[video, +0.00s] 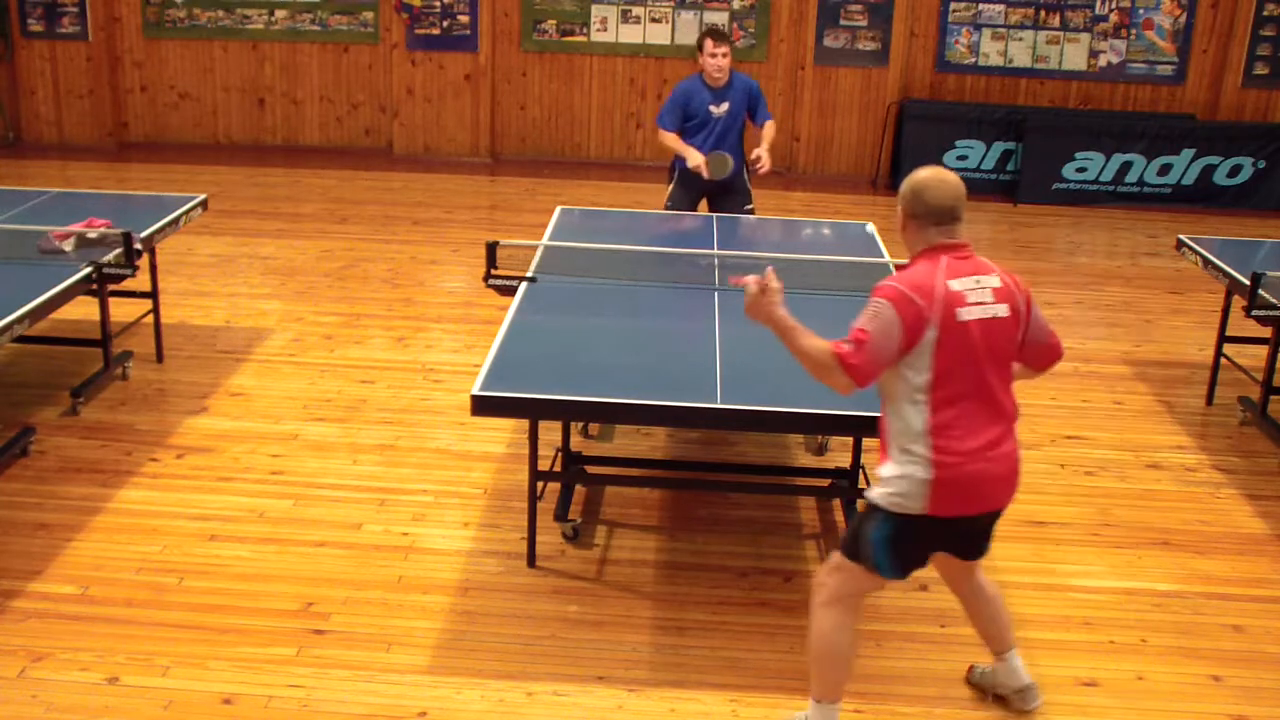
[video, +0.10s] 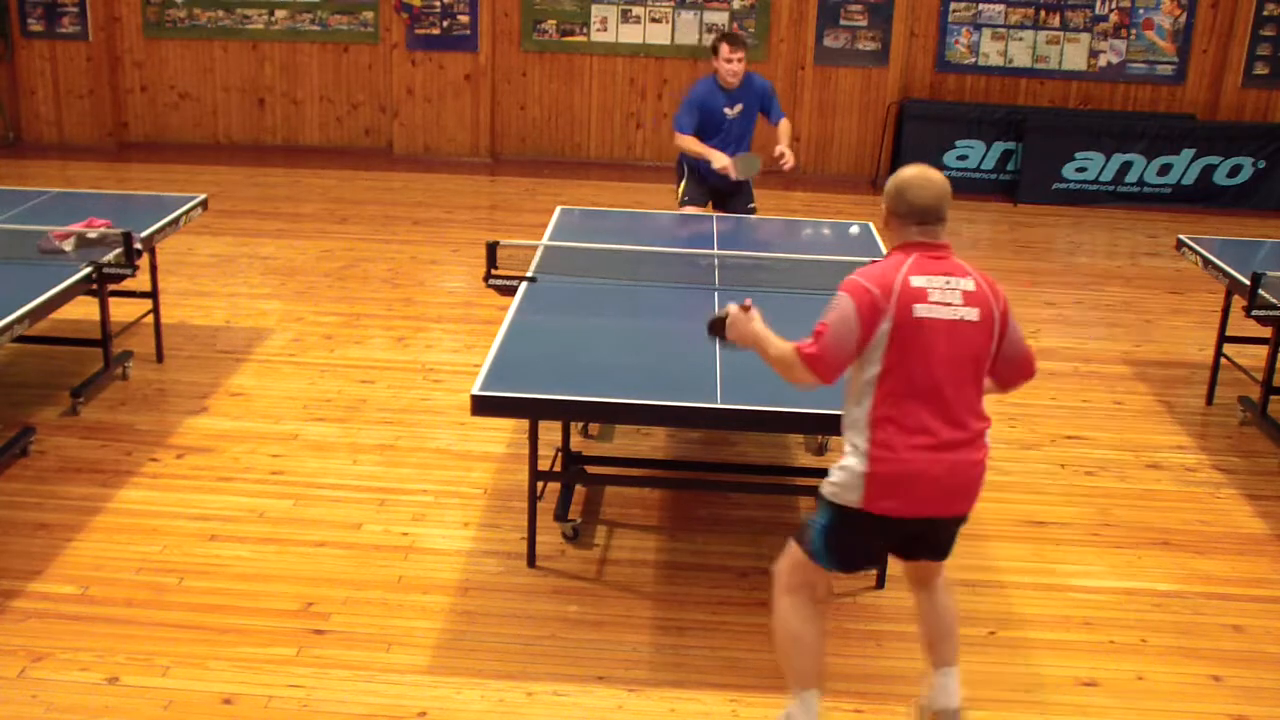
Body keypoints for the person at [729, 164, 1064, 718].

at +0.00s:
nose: (896, 220)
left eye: (898, 212)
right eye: (897, 212)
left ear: (905, 217)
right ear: (962, 217)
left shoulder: (907, 290)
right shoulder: (1003, 282)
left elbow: (846, 371)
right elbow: (1045, 355)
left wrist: (776, 317)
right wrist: (980, 357)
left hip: (922, 484)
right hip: (993, 477)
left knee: (835, 587)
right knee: (960, 565)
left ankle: (822, 710)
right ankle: (1013, 674)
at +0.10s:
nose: (881, 217)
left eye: (883, 210)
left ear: (887, 215)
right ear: (947, 217)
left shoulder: (875, 283)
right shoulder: (983, 288)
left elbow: (812, 368)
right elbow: (1016, 370)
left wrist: (754, 333)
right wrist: (955, 351)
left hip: (877, 481)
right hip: (955, 483)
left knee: (796, 577)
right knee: (927, 573)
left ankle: (804, 707)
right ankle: (946, 696)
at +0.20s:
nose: (858, 217)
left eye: (860, 211)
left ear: (864, 218)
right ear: (924, 220)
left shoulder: (840, 289)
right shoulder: (958, 294)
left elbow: (775, 378)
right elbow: (989, 383)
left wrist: (740, 357)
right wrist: (934, 381)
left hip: (844, 488)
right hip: (928, 490)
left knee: (759, 581)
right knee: (915, 589)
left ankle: (738, 705)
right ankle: (929, 710)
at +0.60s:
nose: (770, 216)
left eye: (773, 210)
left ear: (776, 220)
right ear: (839, 219)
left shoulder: (753, 296)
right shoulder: (884, 287)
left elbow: (699, 390)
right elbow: (934, 367)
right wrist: (900, 392)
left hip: (782, 495)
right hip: (875, 493)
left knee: (717, 595)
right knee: (889, 595)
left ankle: (694, 713)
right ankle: (919, 712)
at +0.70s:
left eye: (756, 230)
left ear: (756, 239)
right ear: (817, 233)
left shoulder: (750, 323)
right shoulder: (871, 292)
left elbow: (713, 428)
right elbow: (915, 363)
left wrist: (687, 423)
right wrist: (852, 362)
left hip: (796, 505)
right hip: (884, 499)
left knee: (709, 582)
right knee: (886, 597)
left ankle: (684, 711)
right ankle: (919, 711)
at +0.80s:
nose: (711, 263)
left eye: (712, 257)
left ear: (718, 266)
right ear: (775, 249)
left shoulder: (744, 351)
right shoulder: (829, 289)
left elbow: (737, 471)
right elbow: (863, 349)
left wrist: (691, 494)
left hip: (812, 514)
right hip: (891, 496)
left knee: (711, 583)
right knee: (881, 596)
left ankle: (683, 708)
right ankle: (926, 709)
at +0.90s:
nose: (672, 300)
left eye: (671, 292)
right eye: (671, 291)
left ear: (681, 298)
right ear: (730, 270)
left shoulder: (734, 364)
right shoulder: (774, 291)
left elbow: (768, 471)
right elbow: (824, 304)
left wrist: (704, 524)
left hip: (818, 511)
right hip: (886, 482)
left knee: (702, 584)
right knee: (884, 601)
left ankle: (681, 709)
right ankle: (944, 704)